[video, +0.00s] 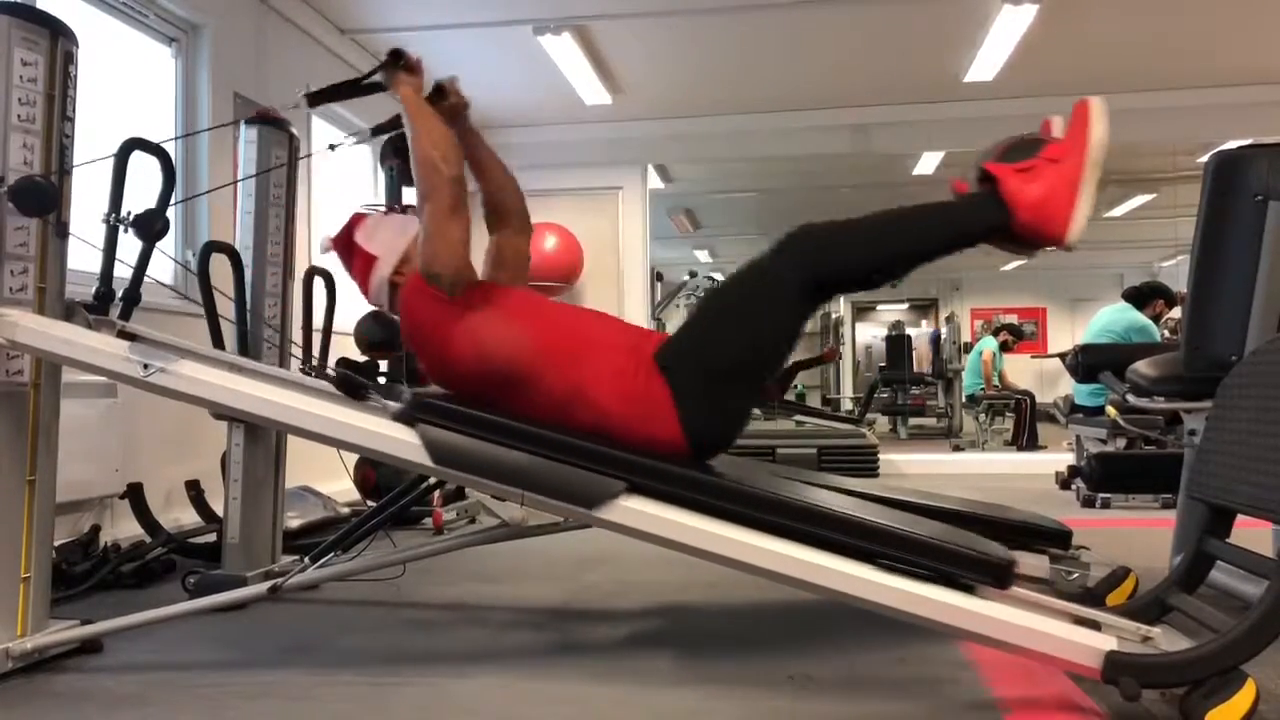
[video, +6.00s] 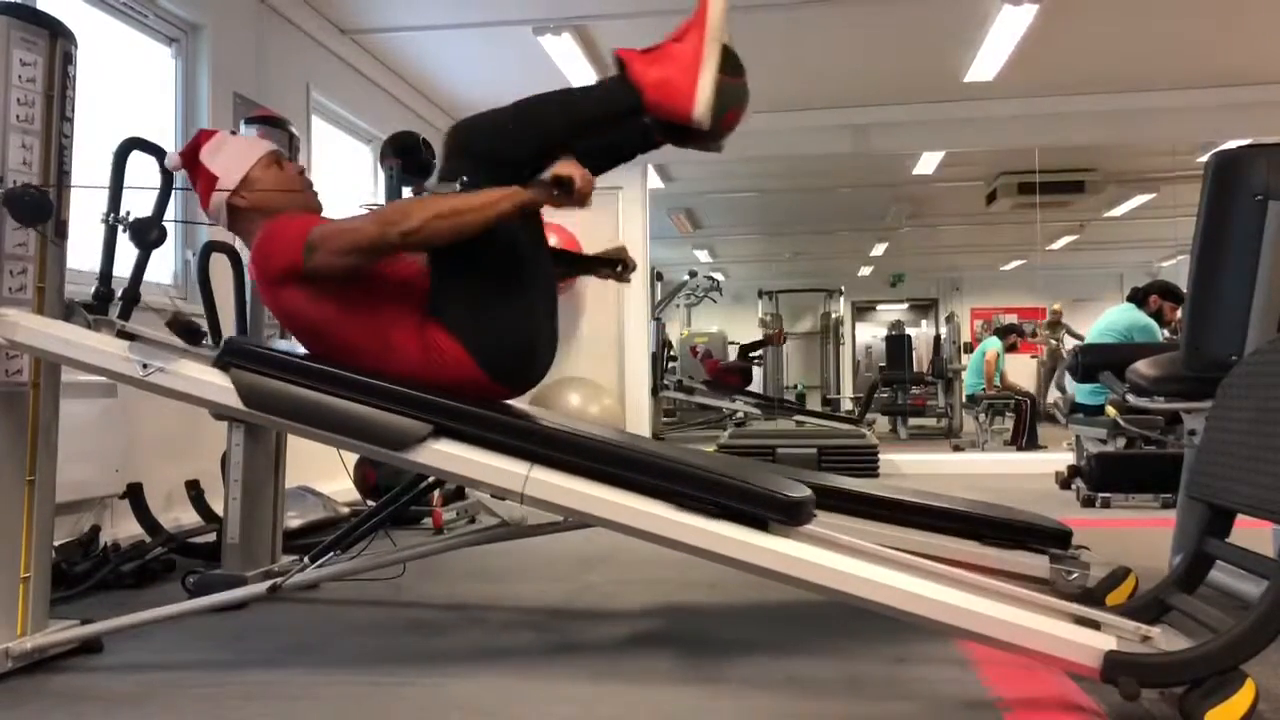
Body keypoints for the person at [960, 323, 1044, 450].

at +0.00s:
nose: (1013, 347)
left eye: (1016, 344)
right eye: (1013, 342)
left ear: (1003, 336)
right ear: (1004, 334)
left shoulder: (997, 352)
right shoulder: (990, 341)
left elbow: (1004, 382)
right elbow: (986, 360)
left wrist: (1020, 391)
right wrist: (989, 389)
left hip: (985, 392)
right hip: (976, 393)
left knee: (1027, 397)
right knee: (1025, 399)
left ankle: (1022, 442)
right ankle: (1026, 445)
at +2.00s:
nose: (1016, 342)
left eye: (1018, 339)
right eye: (1014, 337)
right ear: (1004, 331)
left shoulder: (997, 349)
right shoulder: (991, 341)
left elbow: (1005, 381)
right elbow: (987, 361)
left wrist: (1018, 390)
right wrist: (989, 389)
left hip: (983, 392)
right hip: (976, 393)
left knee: (1027, 398)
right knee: (1026, 400)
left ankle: (1019, 440)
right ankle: (1024, 443)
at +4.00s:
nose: (1016, 343)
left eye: (1017, 339)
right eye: (1016, 338)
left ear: (1008, 337)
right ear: (1010, 337)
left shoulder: (997, 350)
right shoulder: (992, 342)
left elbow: (1004, 382)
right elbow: (988, 360)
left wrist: (1019, 390)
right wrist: (989, 389)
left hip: (983, 392)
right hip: (976, 393)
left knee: (1027, 399)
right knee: (1026, 400)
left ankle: (1019, 442)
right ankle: (1027, 444)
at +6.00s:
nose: (1017, 342)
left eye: (1018, 339)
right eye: (1017, 338)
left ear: (1010, 337)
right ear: (1011, 336)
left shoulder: (999, 349)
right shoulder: (995, 342)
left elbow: (1004, 382)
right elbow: (989, 360)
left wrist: (1021, 390)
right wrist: (989, 389)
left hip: (983, 392)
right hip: (977, 393)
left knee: (1027, 400)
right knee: (1026, 401)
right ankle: (1024, 444)